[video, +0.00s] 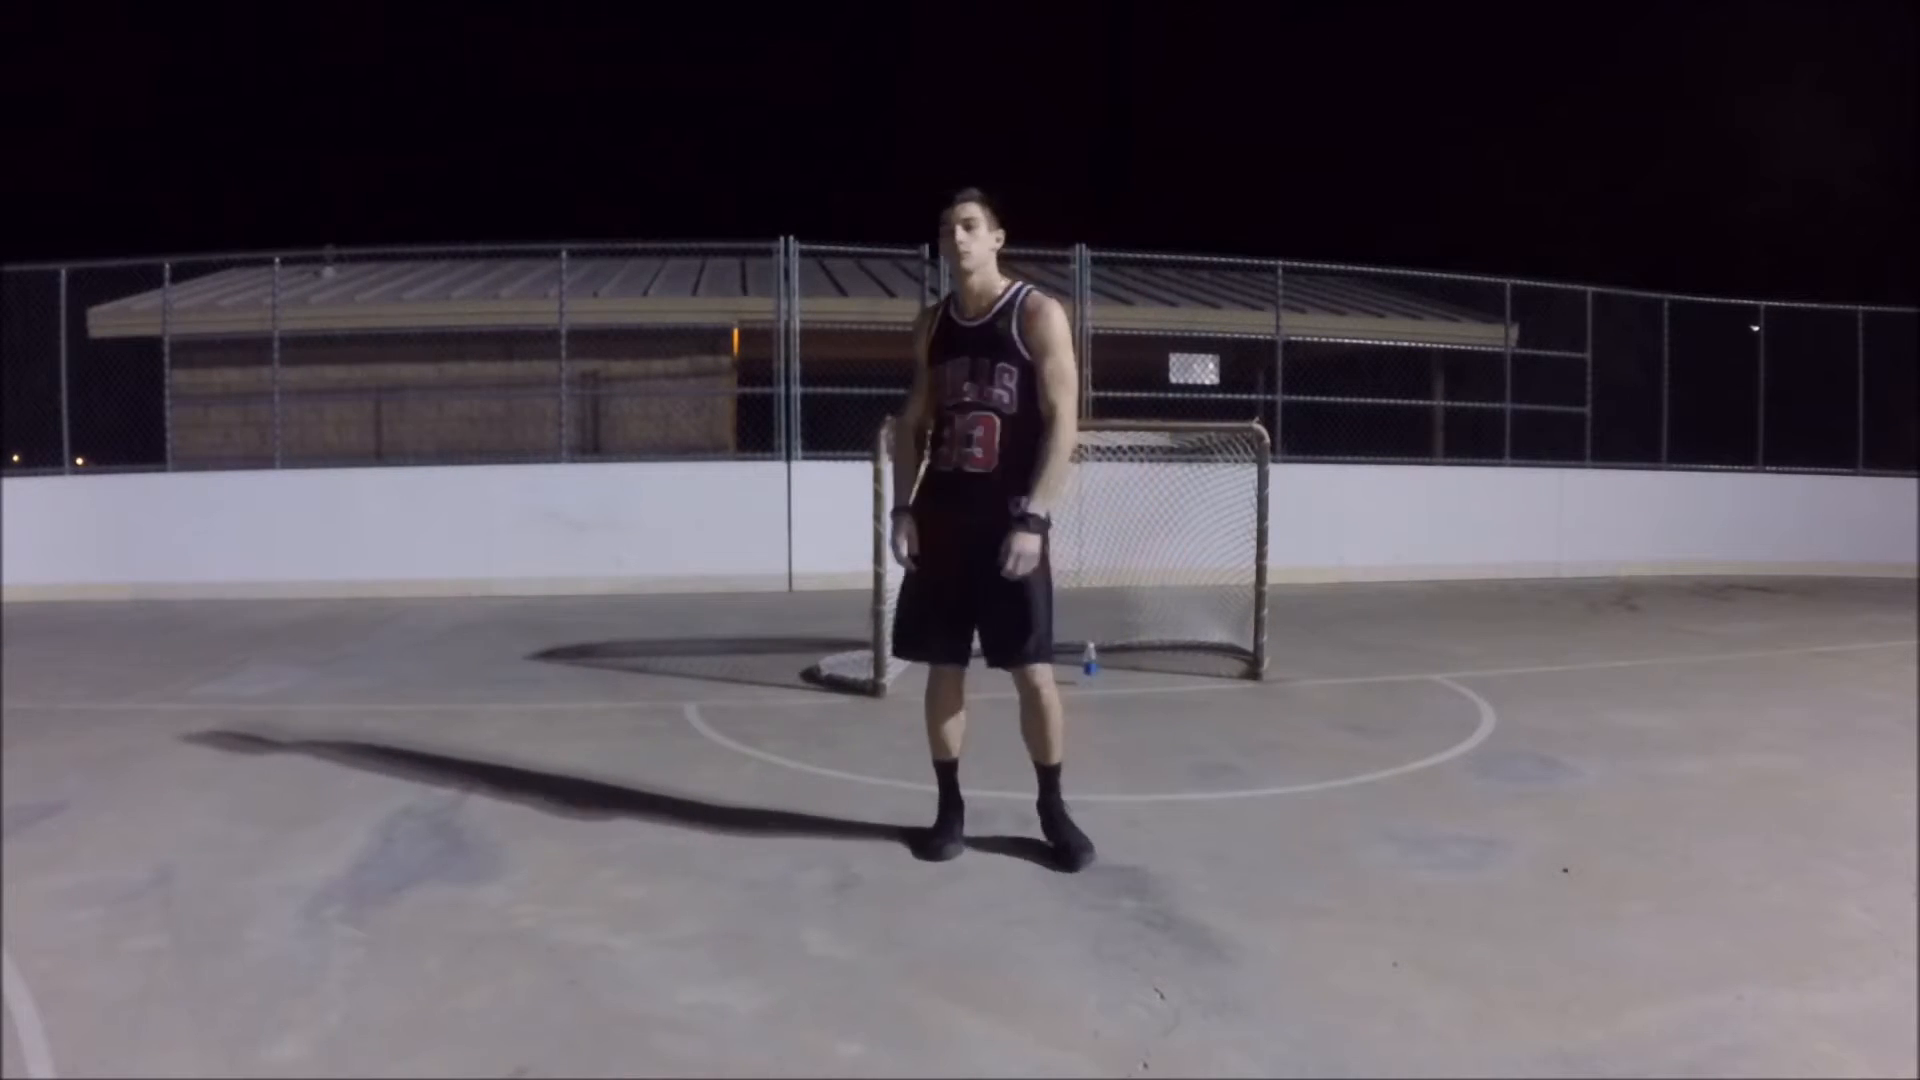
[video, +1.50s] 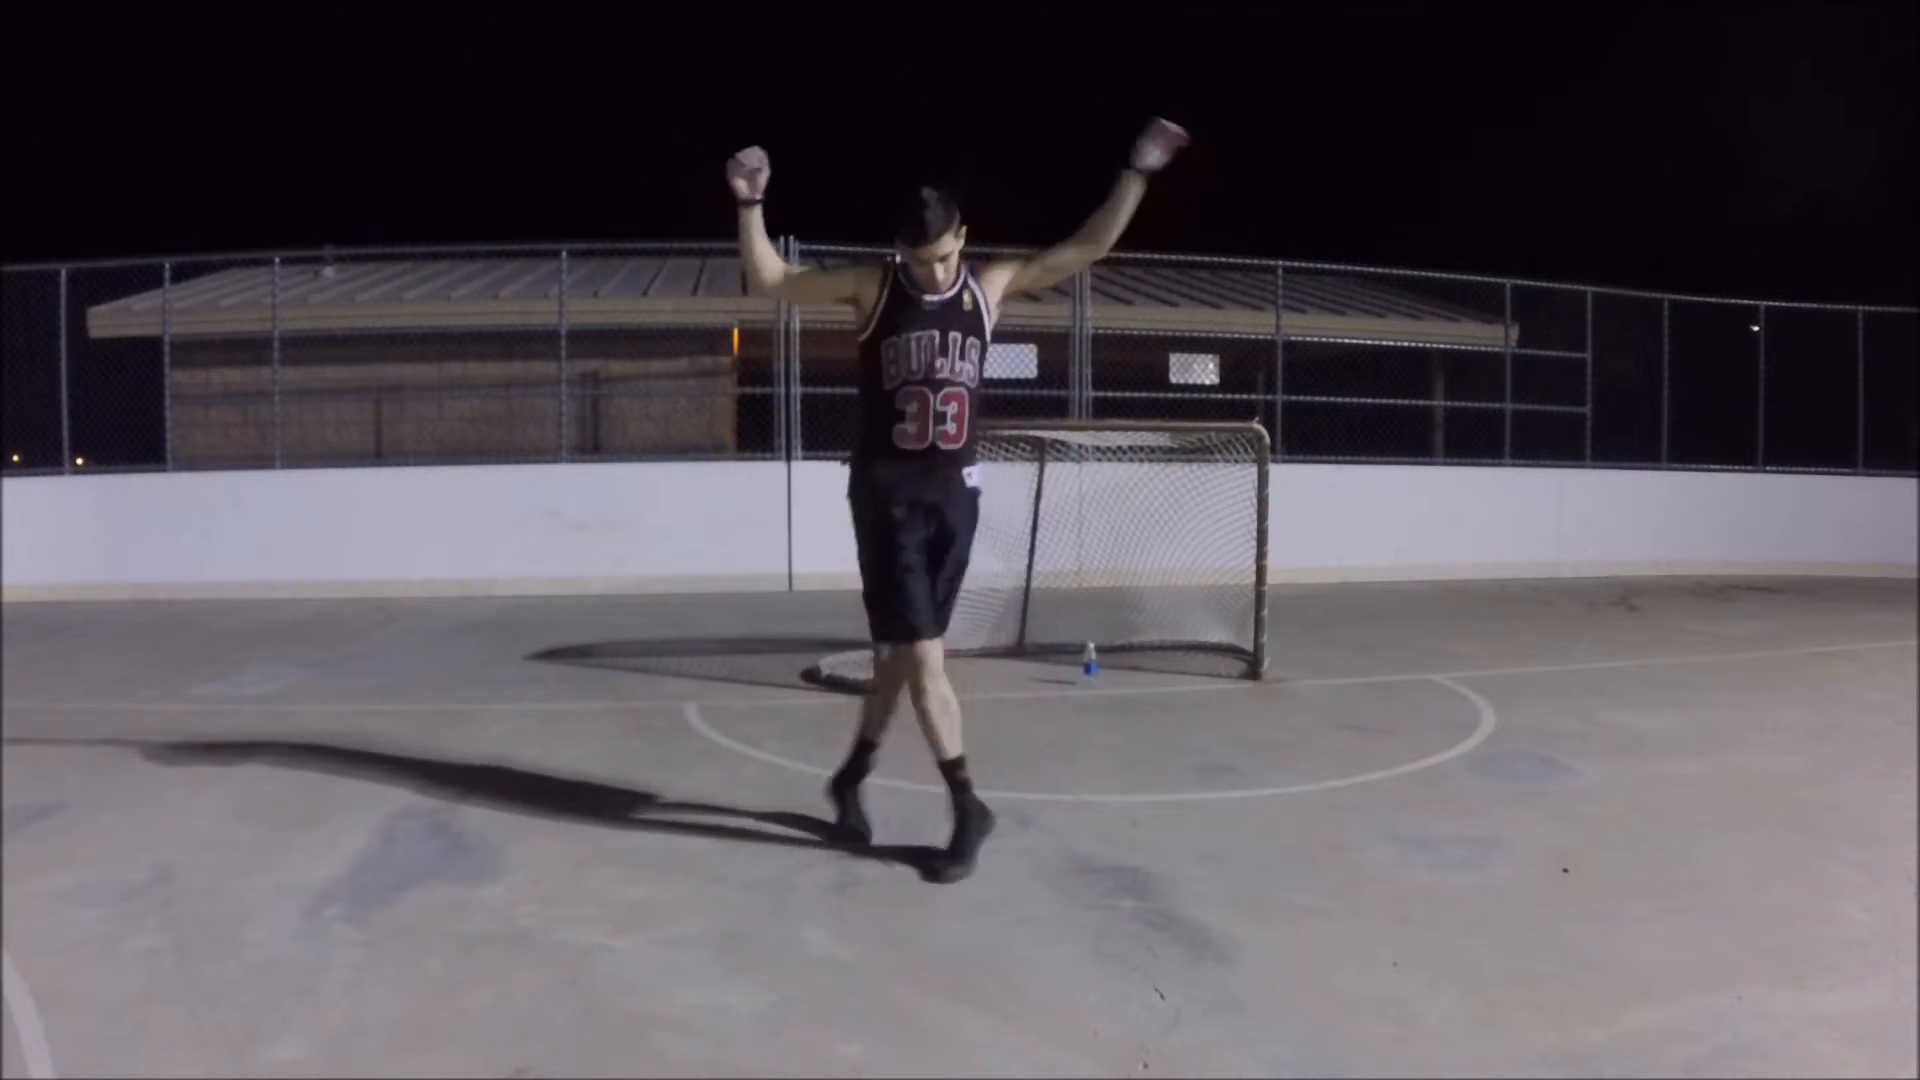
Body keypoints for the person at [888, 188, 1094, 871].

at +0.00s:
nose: (957, 239)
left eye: (969, 227)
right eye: (949, 230)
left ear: (998, 237)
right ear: (941, 245)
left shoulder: (1039, 314)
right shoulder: (935, 321)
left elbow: (1062, 423)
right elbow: (915, 420)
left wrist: (1034, 520)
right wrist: (903, 505)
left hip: (1013, 518)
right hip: (943, 517)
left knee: (1032, 670)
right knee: (944, 667)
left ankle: (1053, 810)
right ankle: (949, 813)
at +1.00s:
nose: (986, 239)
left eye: (997, 226)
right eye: (975, 230)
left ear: (1023, 235)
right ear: (960, 244)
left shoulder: (1064, 318)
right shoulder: (942, 316)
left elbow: (1094, 421)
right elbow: (908, 406)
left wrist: (1095, 520)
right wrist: (888, 490)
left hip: (1026, 523)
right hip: (947, 516)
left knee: (1032, 664)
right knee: (913, 658)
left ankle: (1038, 803)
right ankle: (867, 786)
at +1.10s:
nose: (980, 251)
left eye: (992, 239)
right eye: (970, 242)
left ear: (1018, 246)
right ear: (958, 252)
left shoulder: (1058, 325)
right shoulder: (936, 322)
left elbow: (1097, 419)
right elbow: (872, 397)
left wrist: (1127, 505)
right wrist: (845, 478)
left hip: (1024, 531)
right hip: (943, 527)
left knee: (1035, 674)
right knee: (891, 664)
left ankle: (1040, 803)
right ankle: (828, 789)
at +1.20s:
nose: (973, 268)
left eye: (985, 257)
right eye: (963, 257)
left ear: (1007, 261)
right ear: (949, 262)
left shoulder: (1045, 332)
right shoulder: (920, 329)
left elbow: (1122, 395)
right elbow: (838, 372)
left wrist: (1187, 442)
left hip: (1017, 540)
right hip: (932, 538)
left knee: (1039, 682)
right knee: (869, 674)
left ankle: (1040, 805)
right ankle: (804, 788)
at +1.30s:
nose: (964, 260)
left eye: (973, 246)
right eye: (952, 248)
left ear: (995, 237)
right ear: (933, 244)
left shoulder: (1032, 299)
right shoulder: (904, 301)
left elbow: (1128, 325)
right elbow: (802, 328)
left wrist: (1223, 326)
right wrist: (720, 307)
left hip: (997, 513)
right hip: (915, 510)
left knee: (1015, 656)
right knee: (874, 655)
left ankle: (1032, 799)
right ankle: (808, 777)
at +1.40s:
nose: (950, 256)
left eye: (961, 242)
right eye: (939, 244)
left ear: (978, 226)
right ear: (918, 232)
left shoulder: (1011, 271)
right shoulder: (883, 277)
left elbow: (1108, 258)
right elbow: (774, 282)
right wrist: (730, 224)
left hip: (976, 486)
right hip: (901, 487)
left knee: (971, 641)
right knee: (892, 641)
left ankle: (954, 775)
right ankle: (858, 785)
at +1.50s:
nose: (934, 272)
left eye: (942, 257)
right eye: (920, 261)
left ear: (963, 238)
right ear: (899, 247)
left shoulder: (995, 282)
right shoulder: (869, 286)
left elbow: (1090, 245)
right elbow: (770, 283)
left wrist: (1138, 169)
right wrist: (749, 203)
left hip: (955, 496)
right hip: (885, 498)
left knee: (902, 653)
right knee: (925, 656)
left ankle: (849, 778)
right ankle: (969, 807)